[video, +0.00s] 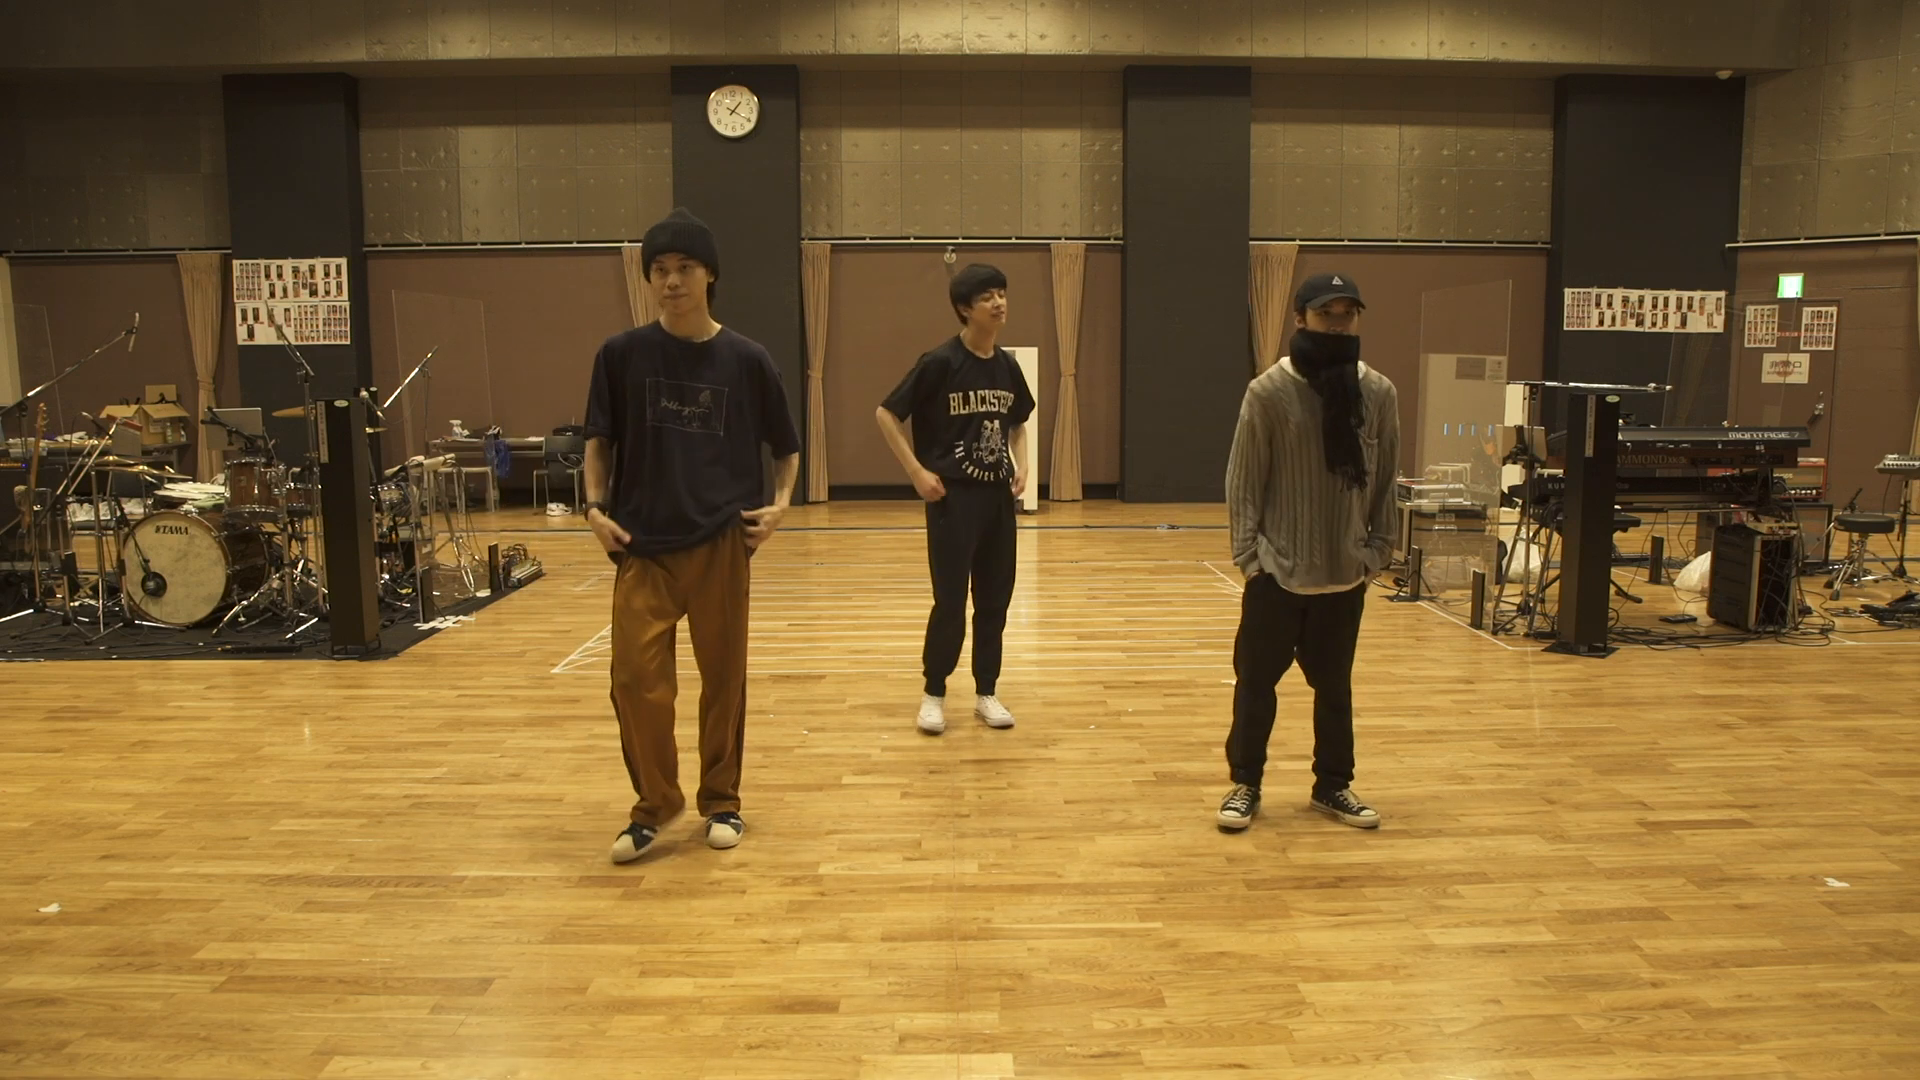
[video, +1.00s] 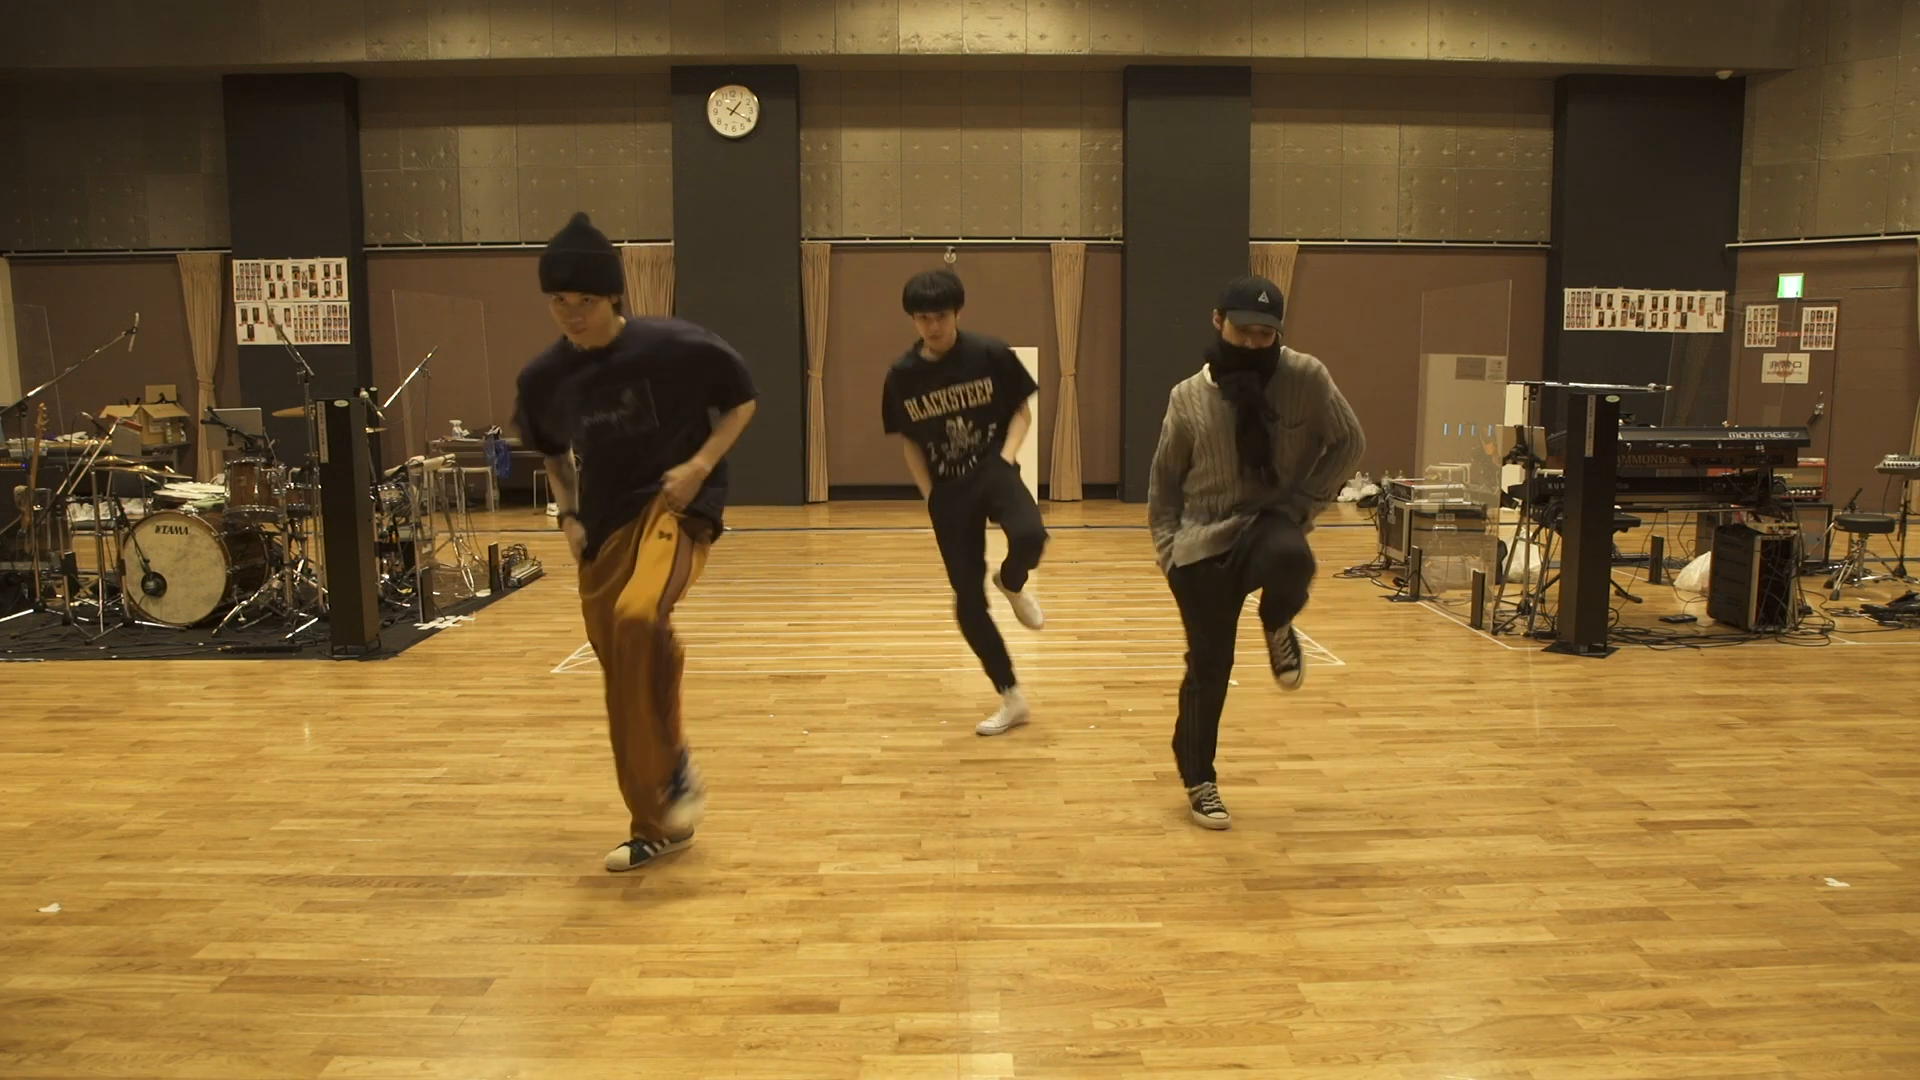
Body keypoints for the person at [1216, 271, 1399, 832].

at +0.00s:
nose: (1341, 323)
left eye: (1350, 313)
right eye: (1329, 313)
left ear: (1359, 320)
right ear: (1301, 319)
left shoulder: (1378, 392)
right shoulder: (1269, 391)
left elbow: (1386, 480)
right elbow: (1242, 481)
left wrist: (1374, 553)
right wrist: (1249, 559)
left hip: (1343, 572)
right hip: (1275, 570)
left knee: (1335, 687)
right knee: (1255, 684)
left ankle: (1333, 788)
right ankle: (1244, 786)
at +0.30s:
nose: (1303, 337)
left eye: (1313, 327)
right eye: (1291, 326)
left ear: (1325, 332)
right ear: (1266, 328)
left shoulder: (1340, 402)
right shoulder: (1226, 393)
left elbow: (1352, 489)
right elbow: (1209, 481)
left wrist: (1342, 563)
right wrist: (1211, 558)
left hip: (1311, 571)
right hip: (1239, 573)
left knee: (1327, 672)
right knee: (1243, 691)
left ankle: (1355, 719)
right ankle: (1257, 790)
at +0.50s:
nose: (1269, 363)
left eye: (1281, 353)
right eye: (1258, 351)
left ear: (1297, 353)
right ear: (1236, 347)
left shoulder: (1320, 415)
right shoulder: (1215, 409)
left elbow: (1367, 486)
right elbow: (1214, 496)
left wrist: (1318, 540)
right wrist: (1219, 565)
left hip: (1306, 558)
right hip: (1243, 566)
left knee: (1258, 643)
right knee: (1218, 686)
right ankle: (1274, 792)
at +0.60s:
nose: (1263, 380)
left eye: (1275, 371)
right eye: (1253, 367)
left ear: (1294, 371)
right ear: (1235, 362)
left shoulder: (1308, 431)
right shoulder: (1226, 415)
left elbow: (1353, 512)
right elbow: (1235, 503)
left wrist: (1298, 569)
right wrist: (1231, 575)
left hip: (1287, 590)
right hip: (1244, 587)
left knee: (1272, 714)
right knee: (1212, 692)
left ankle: (1331, 857)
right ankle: (1277, 803)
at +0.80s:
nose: (1249, 372)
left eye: (1263, 363)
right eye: (1240, 359)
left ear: (1282, 365)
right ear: (1223, 353)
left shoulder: (1299, 421)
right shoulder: (1200, 410)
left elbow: (1338, 500)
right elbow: (1201, 498)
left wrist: (1286, 561)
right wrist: (1209, 568)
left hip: (1281, 578)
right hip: (1225, 579)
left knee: (1287, 695)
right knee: (1213, 703)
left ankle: (1333, 825)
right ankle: (1280, 805)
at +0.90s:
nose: (1251, 350)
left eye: (1265, 340)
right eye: (1241, 336)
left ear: (1281, 340)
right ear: (1222, 329)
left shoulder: (1306, 388)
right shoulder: (1186, 397)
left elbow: (1350, 463)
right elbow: (1178, 480)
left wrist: (1301, 522)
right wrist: (1193, 547)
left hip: (1283, 534)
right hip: (1215, 544)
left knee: (1261, 600)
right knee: (1195, 677)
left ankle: (1313, 722)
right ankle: (1261, 772)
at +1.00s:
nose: (1254, 342)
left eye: (1265, 332)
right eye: (1244, 330)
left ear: (1279, 332)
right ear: (1219, 324)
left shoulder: (1305, 377)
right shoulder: (1189, 398)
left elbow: (1348, 441)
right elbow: (1164, 479)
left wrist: (1305, 504)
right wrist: (1168, 547)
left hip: (1270, 521)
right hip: (1203, 535)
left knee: (1291, 562)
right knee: (1209, 666)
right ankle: (1200, 779)